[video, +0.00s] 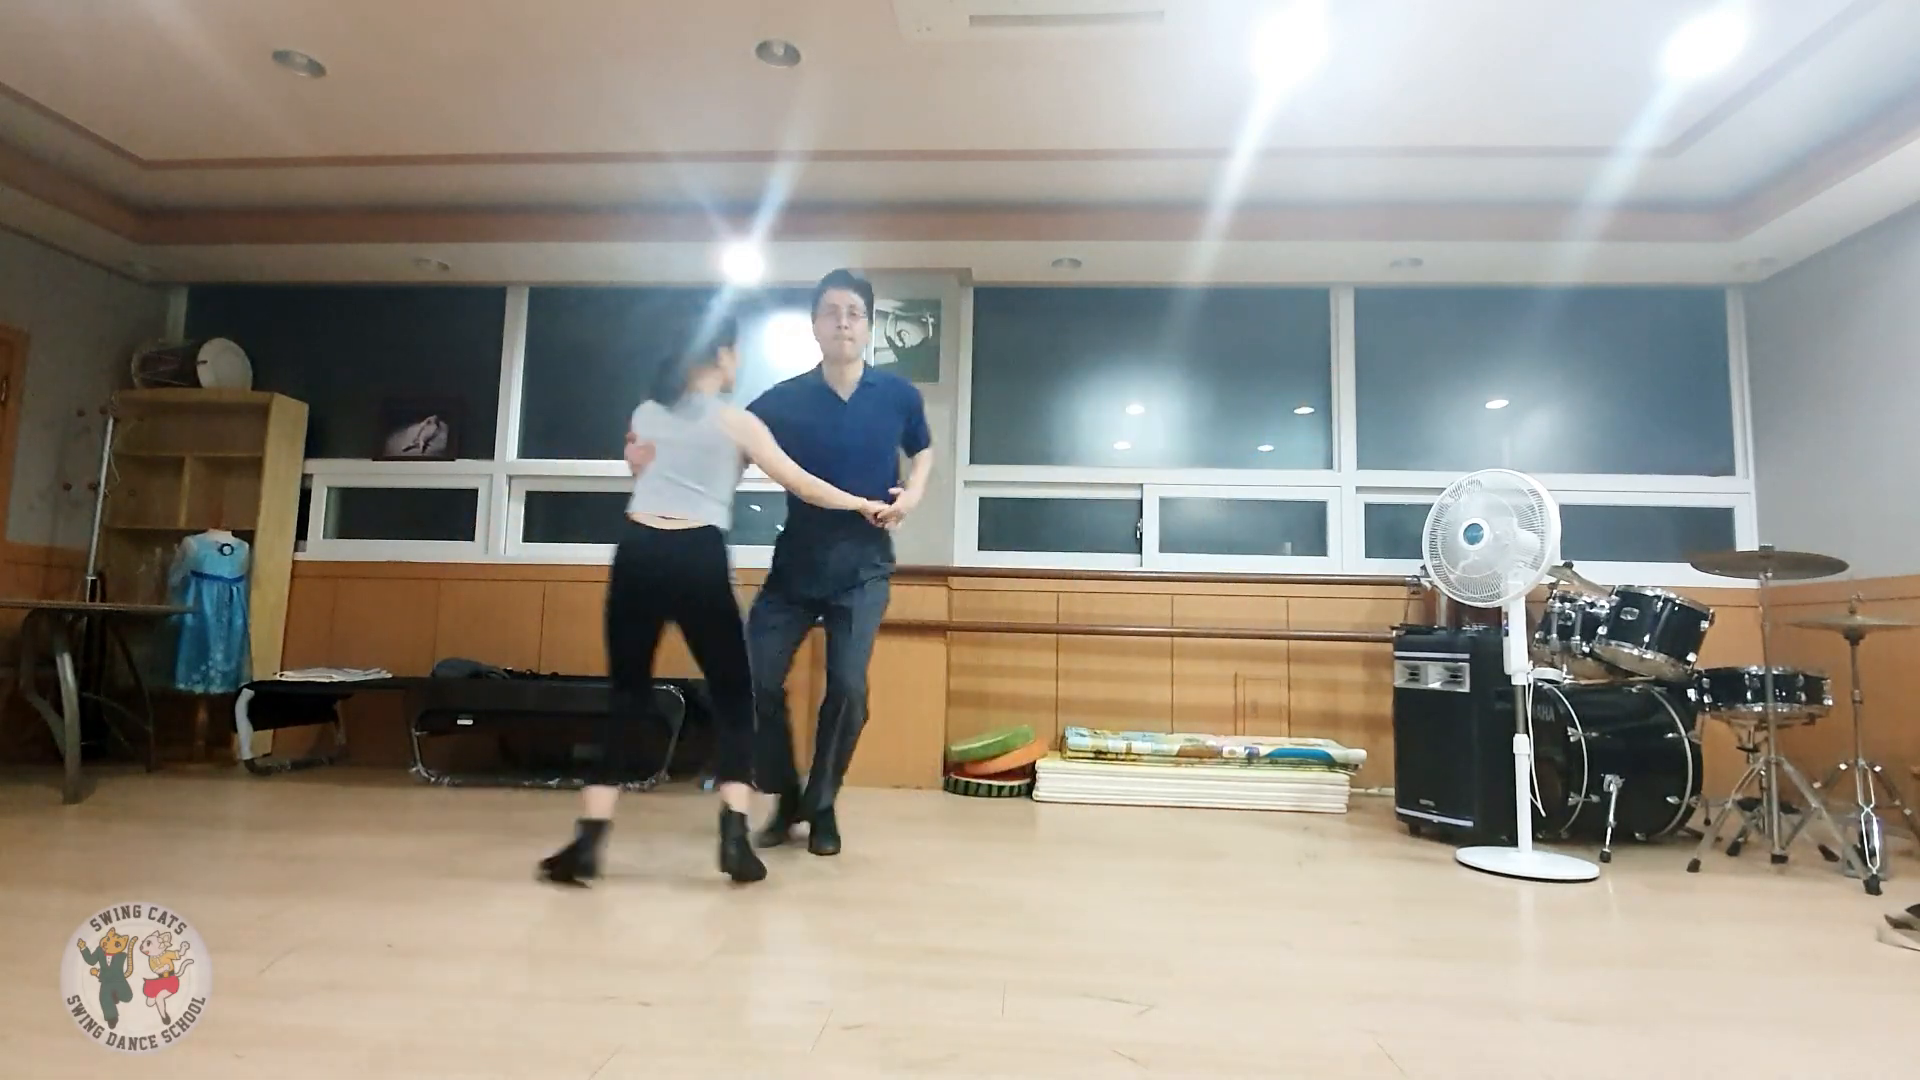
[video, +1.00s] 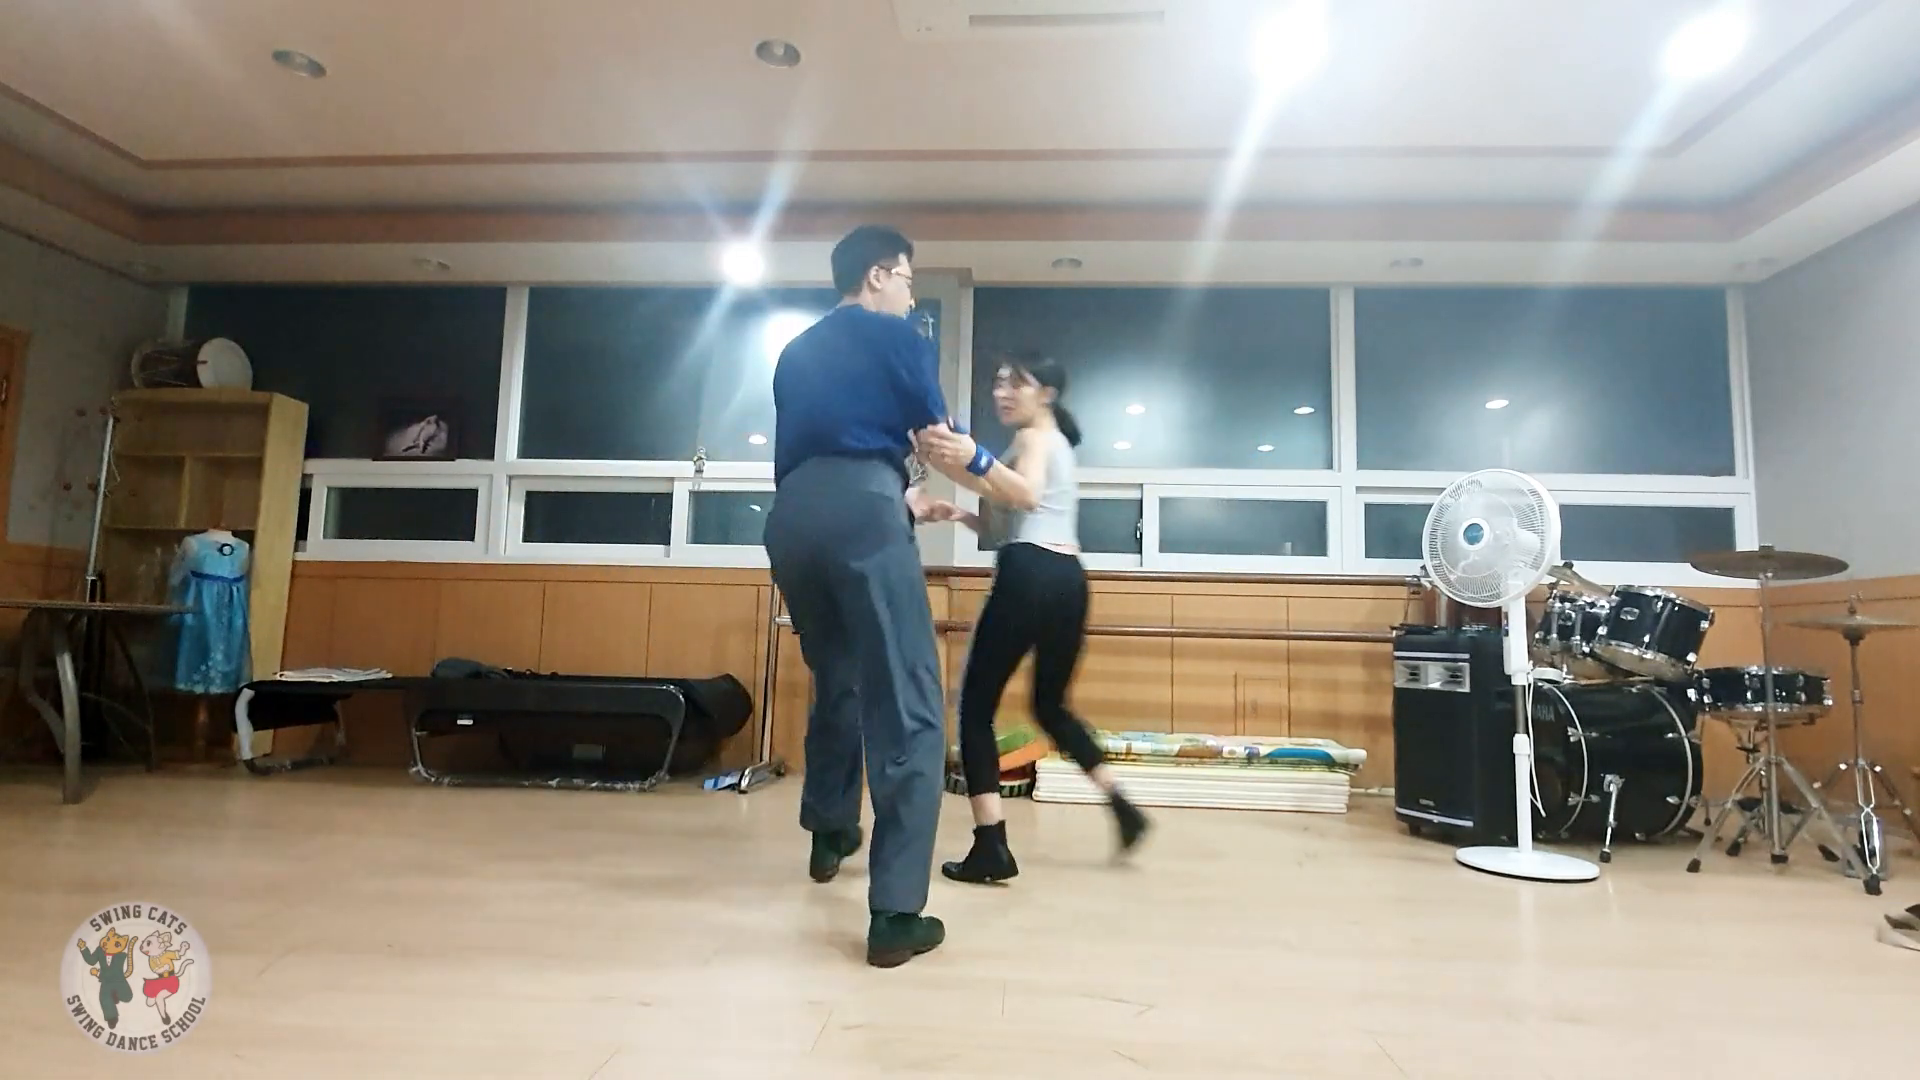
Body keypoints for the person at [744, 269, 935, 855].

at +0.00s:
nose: (843, 323)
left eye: (854, 314)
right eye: (831, 313)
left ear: (869, 327)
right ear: (814, 327)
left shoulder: (900, 395)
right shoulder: (783, 399)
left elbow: (921, 455)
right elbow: (726, 454)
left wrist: (911, 493)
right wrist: (655, 455)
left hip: (864, 561)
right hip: (798, 558)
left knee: (848, 687)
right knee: (758, 678)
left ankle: (822, 804)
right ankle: (788, 797)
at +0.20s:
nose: (837, 331)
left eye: (850, 320)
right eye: (832, 321)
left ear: (885, 331)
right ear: (828, 334)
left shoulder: (928, 398)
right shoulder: (819, 417)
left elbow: (971, 477)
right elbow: (749, 456)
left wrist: (906, 495)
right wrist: (679, 459)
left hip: (921, 572)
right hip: (857, 573)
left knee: (878, 673)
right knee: (820, 693)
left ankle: (863, 834)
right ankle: (831, 801)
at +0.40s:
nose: (823, 294)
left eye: (831, 283)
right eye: (826, 283)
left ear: (860, 288)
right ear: (859, 290)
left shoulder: (905, 336)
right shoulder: (857, 375)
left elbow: (941, 391)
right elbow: (815, 438)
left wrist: (842, 422)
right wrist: (765, 471)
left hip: (939, 536)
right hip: (902, 541)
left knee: (884, 677)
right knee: (863, 674)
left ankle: (855, 849)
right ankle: (934, 810)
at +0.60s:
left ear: (845, 298)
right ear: (902, 303)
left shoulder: (845, 343)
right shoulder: (925, 363)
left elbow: (759, 397)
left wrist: (661, 424)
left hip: (892, 527)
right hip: (953, 527)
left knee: (819, 688)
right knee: (935, 707)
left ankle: (856, 863)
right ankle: (934, 866)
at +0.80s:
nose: (929, 291)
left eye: (926, 280)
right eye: (926, 279)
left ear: (857, 278)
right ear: (906, 275)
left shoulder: (806, 337)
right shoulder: (941, 337)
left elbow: (761, 453)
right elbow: (974, 447)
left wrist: (777, 508)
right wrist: (945, 501)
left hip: (833, 502)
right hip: (921, 502)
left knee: (821, 686)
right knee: (929, 708)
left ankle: (824, 848)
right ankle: (922, 896)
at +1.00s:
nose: (910, 293)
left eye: (908, 280)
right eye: (906, 279)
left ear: (845, 280)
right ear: (880, 276)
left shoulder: (795, 352)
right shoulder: (899, 339)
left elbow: (794, 464)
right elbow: (944, 451)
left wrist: (901, 498)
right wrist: (961, 454)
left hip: (792, 508)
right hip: (866, 505)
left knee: (836, 679)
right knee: (908, 704)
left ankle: (830, 835)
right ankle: (896, 912)